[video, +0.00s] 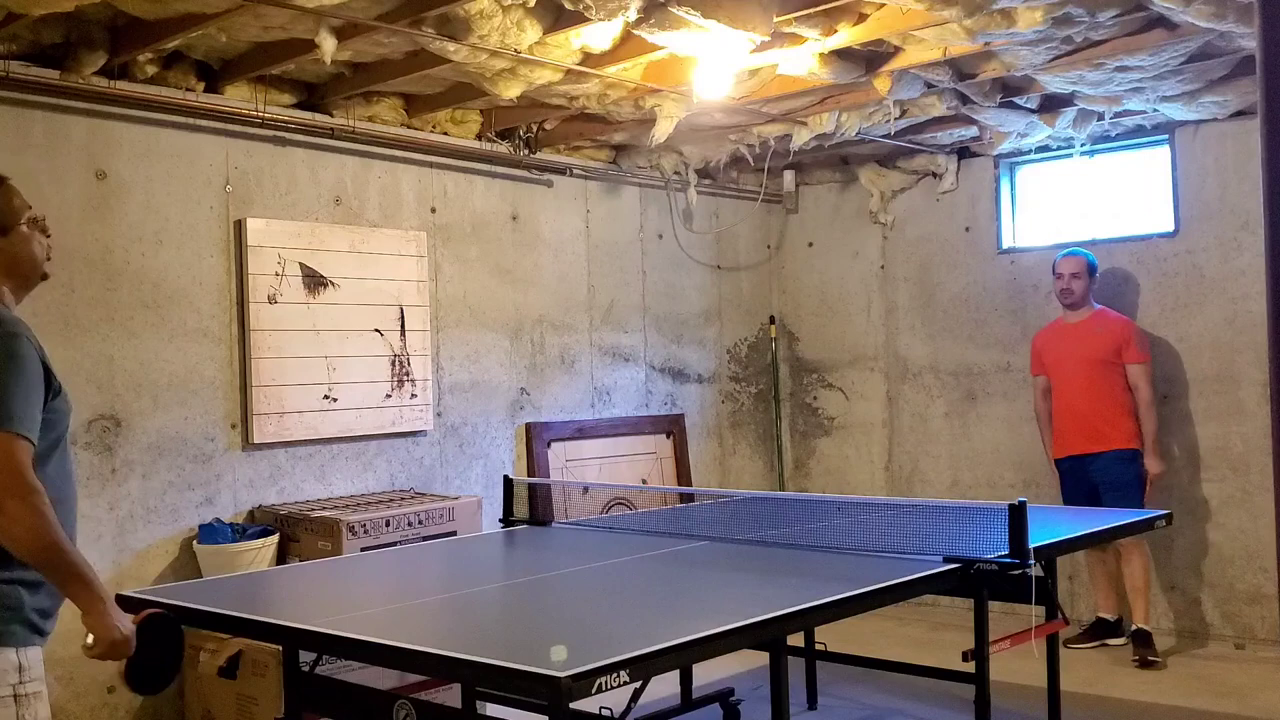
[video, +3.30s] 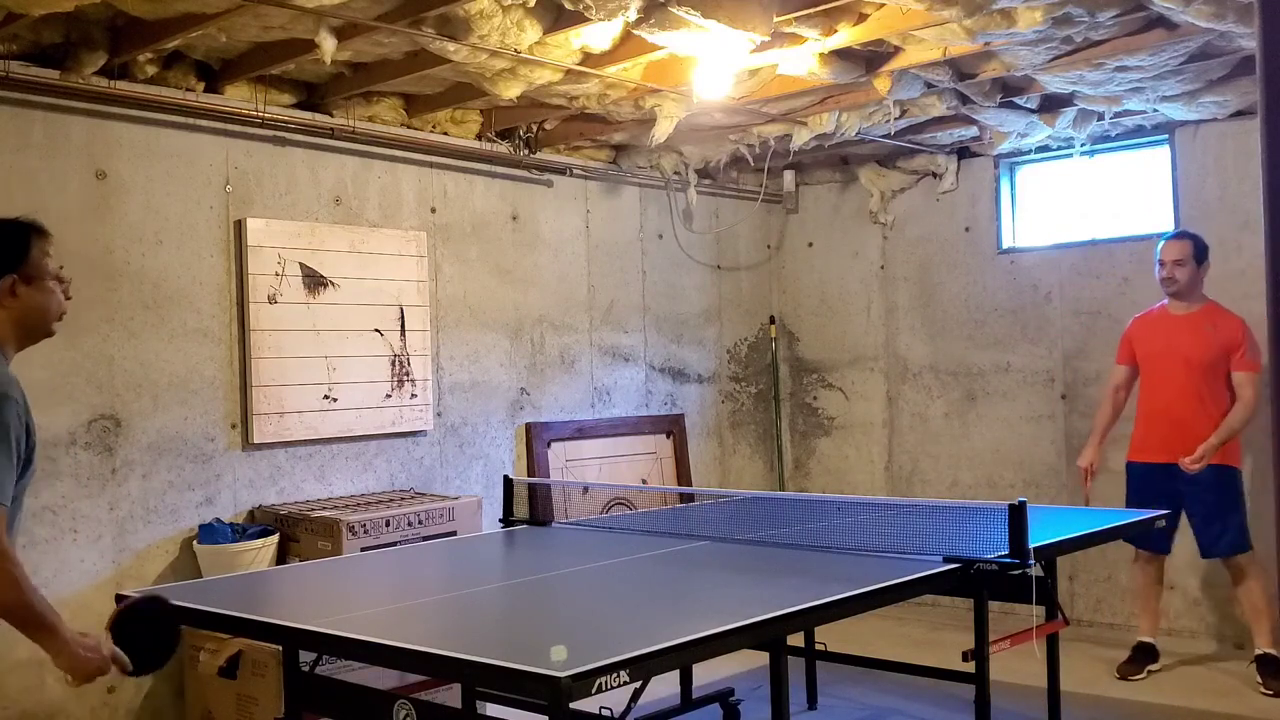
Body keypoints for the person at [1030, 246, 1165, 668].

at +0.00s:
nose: (1066, 284)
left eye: (1075, 276)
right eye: (1059, 276)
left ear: (1091, 281)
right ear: (1053, 282)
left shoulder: (1120, 327)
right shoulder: (1043, 339)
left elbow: (1142, 390)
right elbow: (1042, 401)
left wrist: (1151, 450)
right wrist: (1053, 452)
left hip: (1117, 449)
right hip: (1070, 455)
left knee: (1127, 538)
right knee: (1090, 542)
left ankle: (1140, 631)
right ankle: (1107, 622)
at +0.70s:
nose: (1129, 290)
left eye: (1139, 283)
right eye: (1122, 282)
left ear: (1153, 283)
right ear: (1112, 279)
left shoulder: (1171, 332)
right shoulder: (1090, 329)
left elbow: (1185, 398)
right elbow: (1074, 387)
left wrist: (1153, 420)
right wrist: (1067, 439)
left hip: (1147, 457)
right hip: (1092, 455)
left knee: (1153, 539)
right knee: (1072, 533)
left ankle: (1145, 633)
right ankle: (1098, 606)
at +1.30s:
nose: (1155, 294)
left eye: (1166, 286)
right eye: (1147, 284)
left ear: (1179, 285)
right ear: (1135, 279)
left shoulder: (1195, 334)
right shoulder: (1105, 325)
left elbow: (1206, 401)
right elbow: (1069, 381)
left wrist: (1177, 412)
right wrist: (1093, 402)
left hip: (1169, 459)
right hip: (1116, 455)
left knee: (1161, 548)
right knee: (1128, 543)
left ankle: (1144, 640)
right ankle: (1141, 641)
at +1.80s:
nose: (1172, 288)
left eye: (1180, 279)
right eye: (1163, 279)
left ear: (1189, 277)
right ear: (1144, 278)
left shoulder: (1206, 327)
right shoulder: (1116, 331)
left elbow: (1232, 387)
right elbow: (1092, 396)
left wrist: (1242, 430)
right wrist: (1145, 417)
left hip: (1198, 467)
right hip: (1139, 469)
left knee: (1207, 561)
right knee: (1145, 558)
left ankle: (1170, 618)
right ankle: (1159, 651)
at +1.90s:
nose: (1178, 287)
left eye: (1187, 278)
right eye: (1169, 278)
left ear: (1196, 275)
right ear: (1151, 275)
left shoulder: (1212, 326)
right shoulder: (1123, 328)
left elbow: (1234, 390)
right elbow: (1097, 394)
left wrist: (1248, 443)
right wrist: (1147, 416)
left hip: (1206, 466)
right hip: (1145, 469)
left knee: (1226, 555)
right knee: (1149, 559)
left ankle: (1200, 621)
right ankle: (1162, 653)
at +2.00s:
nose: (1188, 284)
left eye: (1196, 275)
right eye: (1179, 275)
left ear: (1205, 273)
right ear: (1159, 272)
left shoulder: (1221, 324)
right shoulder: (1131, 326)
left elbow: (1239, 389)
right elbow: (1103, 391)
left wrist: (1249, 442)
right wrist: (1151, 412)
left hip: (1216, 465)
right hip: (1153, 468)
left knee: (1235, 557)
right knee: (1153, 561)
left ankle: (1244, 644)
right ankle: (1163, 654)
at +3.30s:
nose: (1167, 272)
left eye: (1177, 264)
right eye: (1162, 264)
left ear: (1201, 269)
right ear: (1157, 268)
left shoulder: (1230, 327)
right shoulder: (1142, 325)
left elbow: (1247, 399)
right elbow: (1118, 389)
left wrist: (1214, 442)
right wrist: (1094, 443)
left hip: (1212, 462)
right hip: (1149, 460)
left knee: (1236, 555)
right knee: (1147, 552)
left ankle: (1266, 653)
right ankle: (1145, 645)